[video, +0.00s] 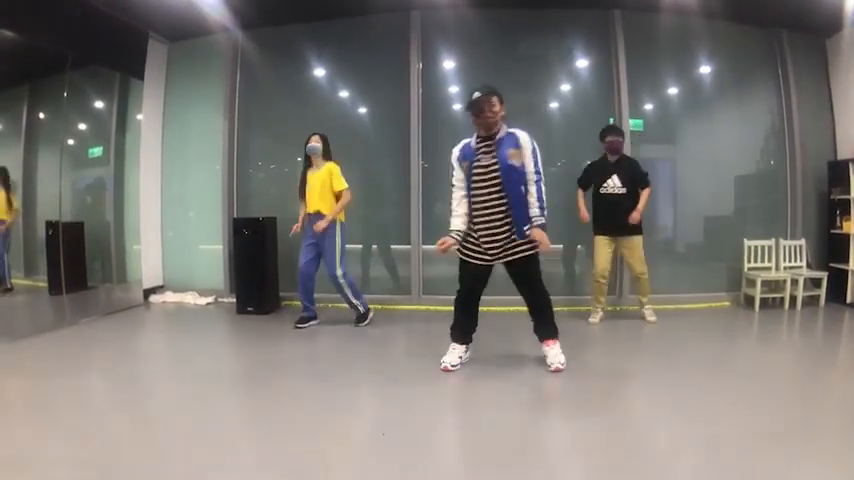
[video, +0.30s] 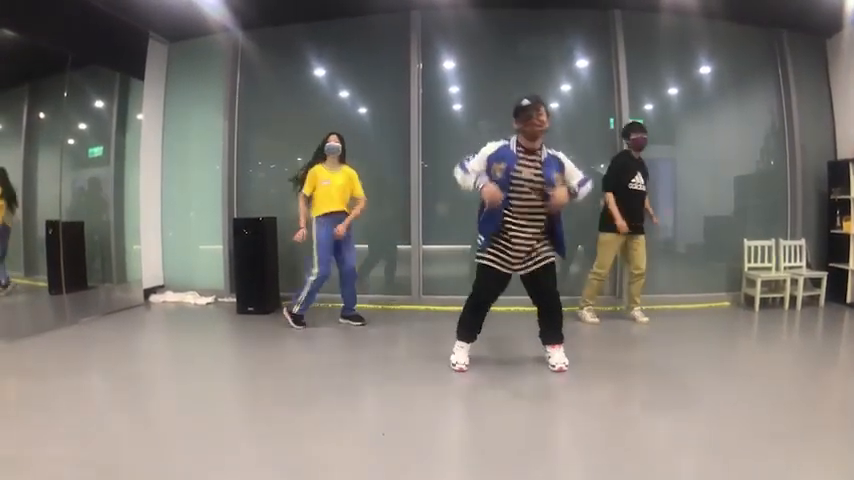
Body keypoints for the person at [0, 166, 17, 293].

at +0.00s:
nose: (1, 179)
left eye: (1, 177)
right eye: (2, 176)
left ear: (4, 178)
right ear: (6, 178)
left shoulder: (7, 192)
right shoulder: (7, 192)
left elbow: (14, 209)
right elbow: (15, 209)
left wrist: (6, 224)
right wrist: (6, 223)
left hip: (3, 224)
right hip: (4, 224)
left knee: (3, 253)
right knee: (4, 253)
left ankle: (6, 282)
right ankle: (6, 281)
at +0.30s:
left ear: (2, 179)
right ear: (6, 178)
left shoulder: (5, 194)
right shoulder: (10, 192)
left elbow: (4, 212)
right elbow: (12, 211)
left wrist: (3, 222)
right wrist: (8, 222)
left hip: (3, 225)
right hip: (7, 226)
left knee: (3, 255)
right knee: (3, 255)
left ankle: (5, 281)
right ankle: (5, 280)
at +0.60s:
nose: (4, 176)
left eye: (3, 173)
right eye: (3, 173)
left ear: (2, 175)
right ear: (3, 175)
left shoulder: (3, 188)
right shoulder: (5, 188)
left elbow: (5, 206)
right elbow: (7, 206)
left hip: (3, 217)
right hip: (6, 217)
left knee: (2, 251)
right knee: (3, 251)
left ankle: (5, 279)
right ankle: (4, 279)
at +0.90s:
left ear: (2, 179)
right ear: (7, 179)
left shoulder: (5, 193)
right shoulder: (6, 193)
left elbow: (7, 211)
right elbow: (8, 211)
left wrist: (3, 220)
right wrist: (5, 220)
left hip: (4, 226)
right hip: (5, 226)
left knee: (3, 253)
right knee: (4, 253)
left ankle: (7, 282)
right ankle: (7, 281)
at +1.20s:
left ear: (2, 173)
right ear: (6, 173)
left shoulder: (4, 188)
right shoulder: (5, 188)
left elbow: (9, 205)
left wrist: (4, 226)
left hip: (3, 222)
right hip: (3, 222)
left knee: (4, 253)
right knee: (4, 253)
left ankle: (7, 282)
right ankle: (7, 281)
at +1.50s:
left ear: (1, 180)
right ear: (5, 180)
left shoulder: (4, 194)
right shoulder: (9, 194)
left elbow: (9, 213)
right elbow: (11, 213)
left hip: (3, 225)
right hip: (6, 226)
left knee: (2, 255)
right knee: (2, 256)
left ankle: (3, 280)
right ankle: (3, 279)